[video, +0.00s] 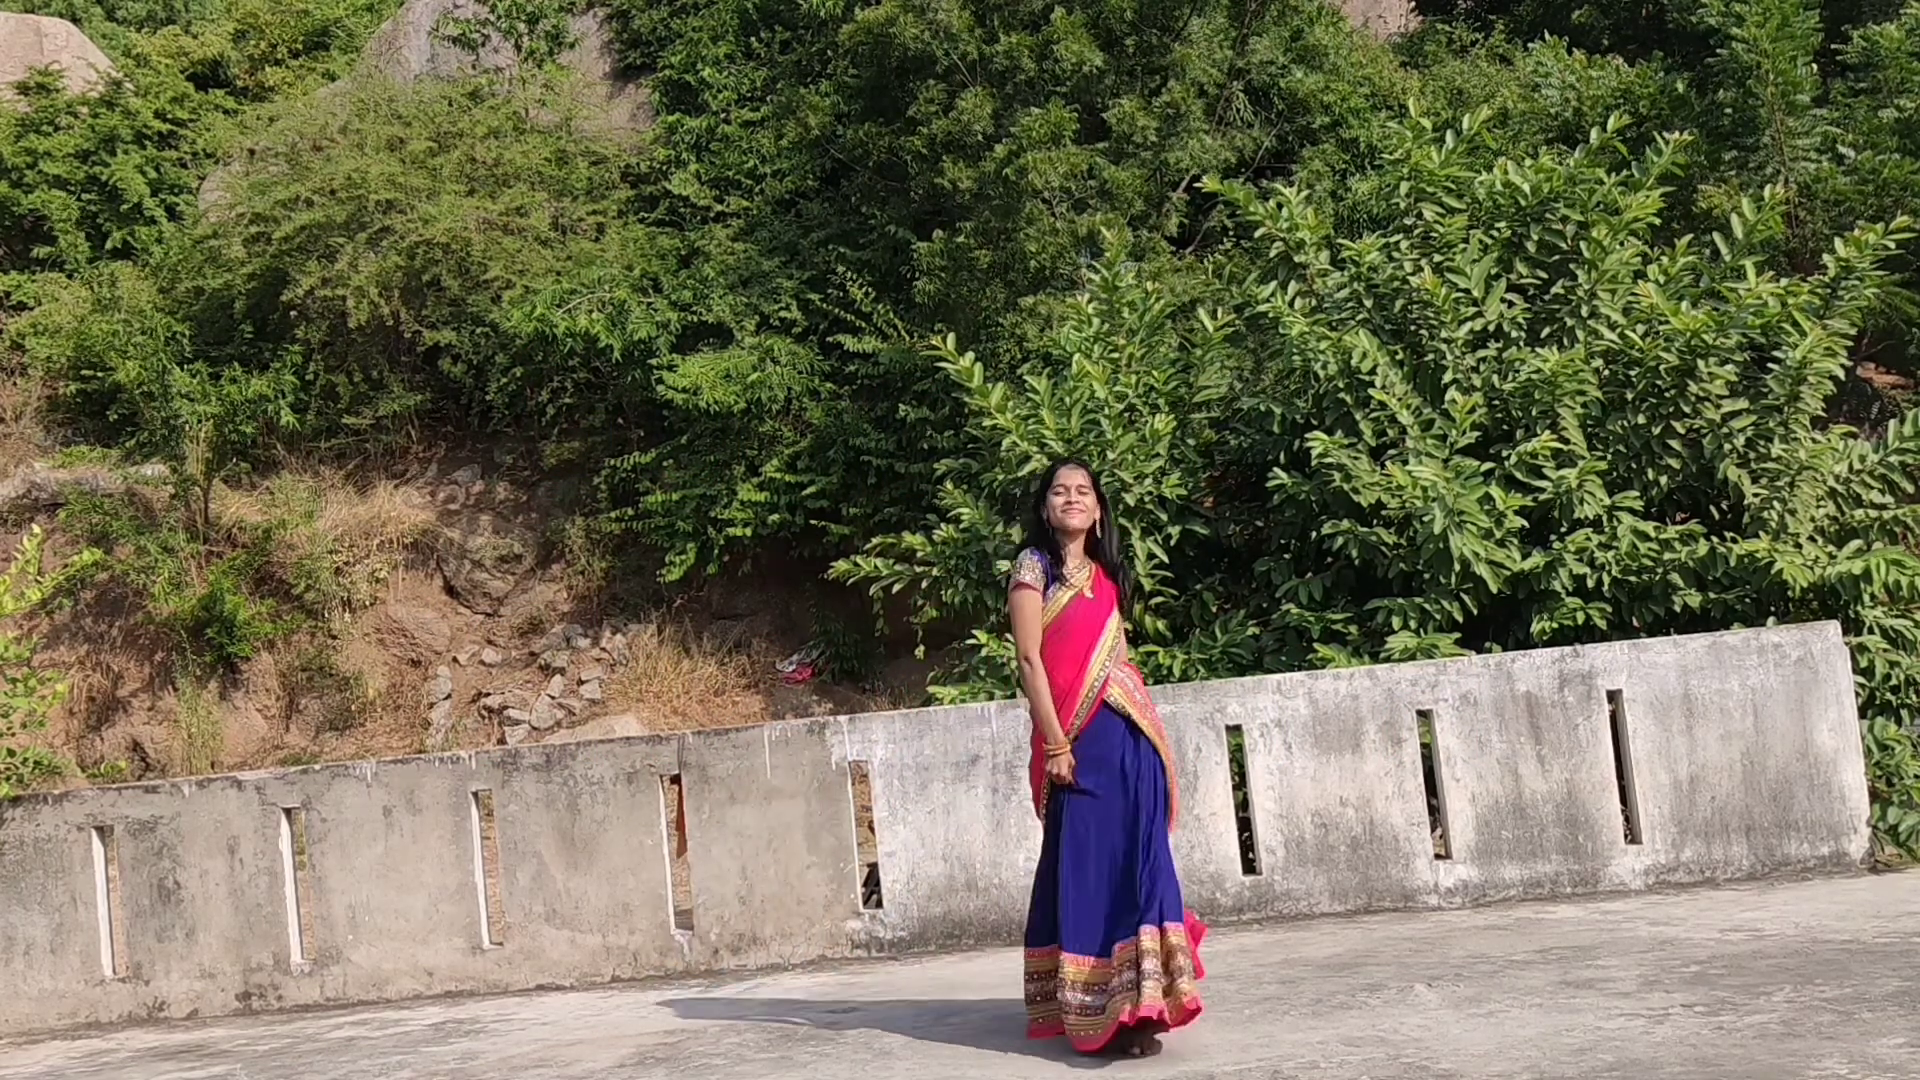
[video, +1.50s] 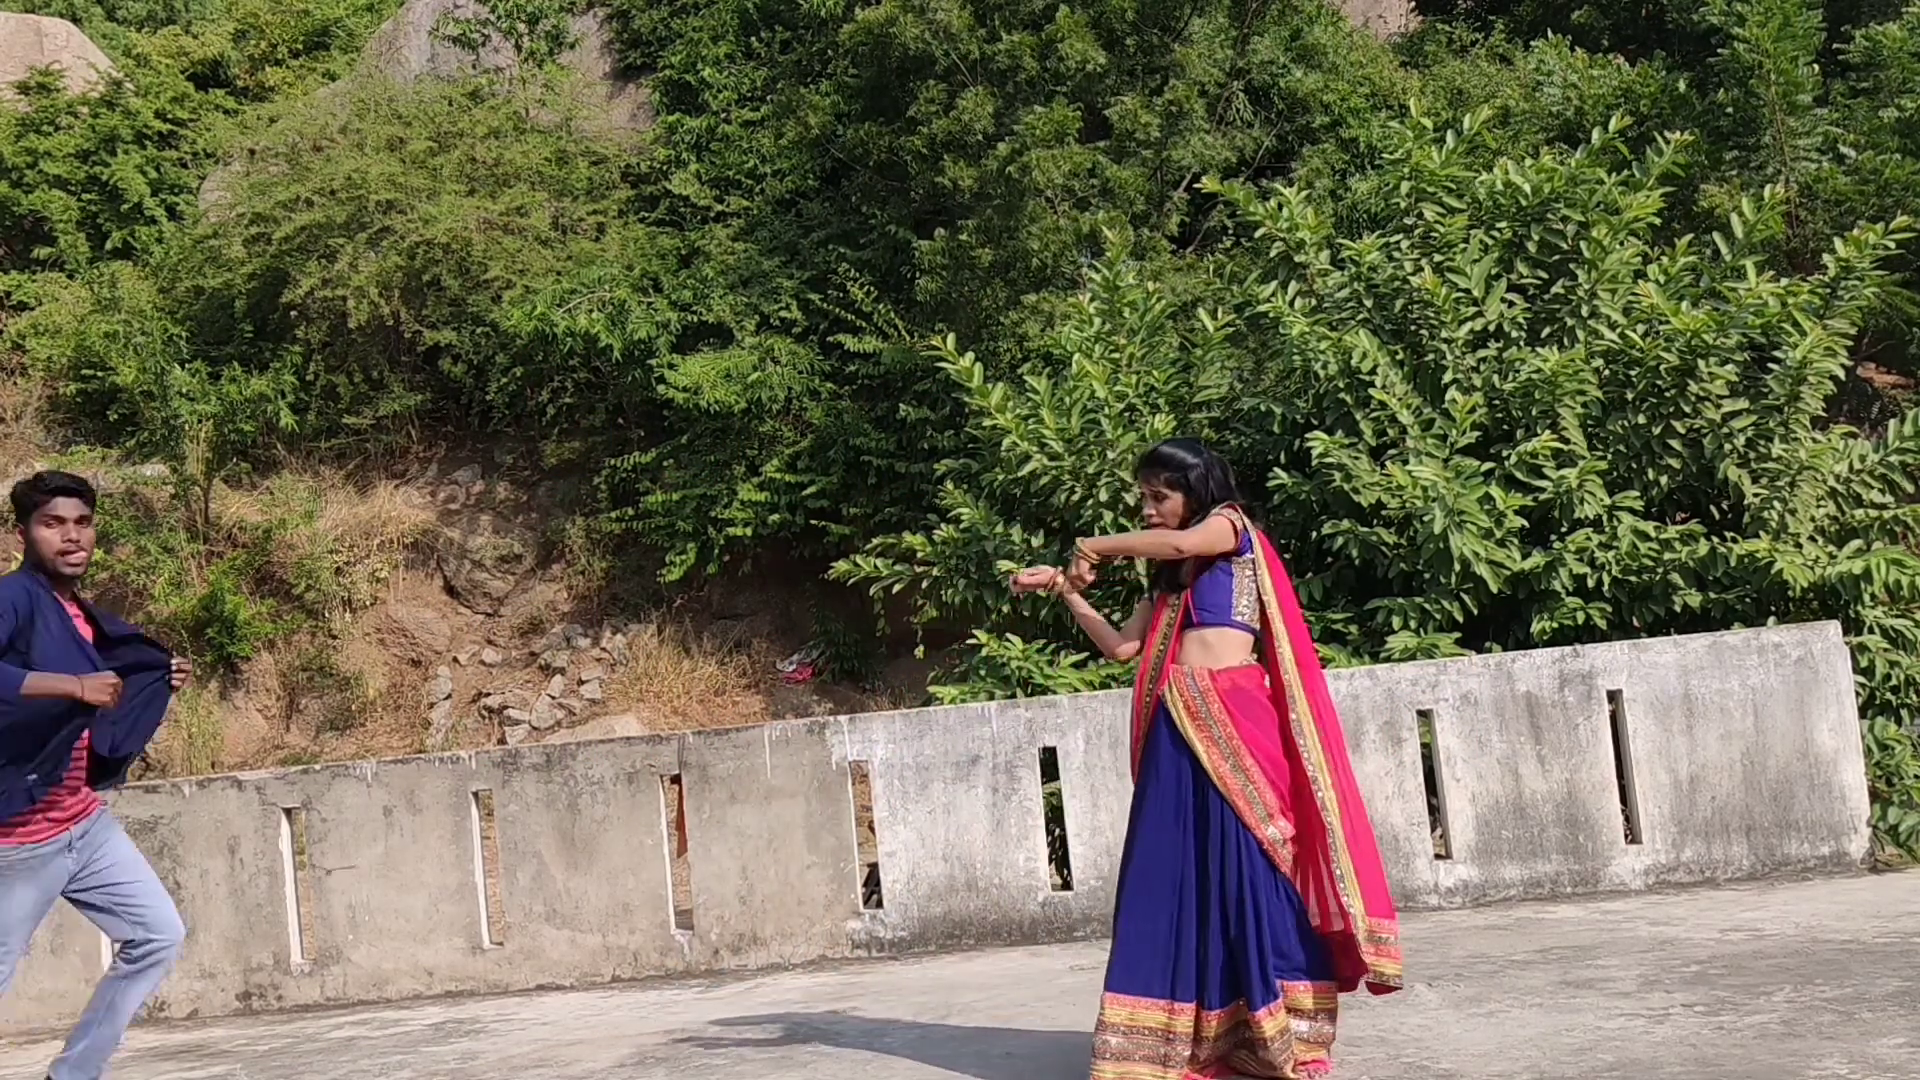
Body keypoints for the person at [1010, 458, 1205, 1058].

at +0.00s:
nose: (1072, 500)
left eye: (1082, 491)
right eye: (1061, 492)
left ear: (1099, 506)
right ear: (1044, 507)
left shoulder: (1103, 576)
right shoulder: (1034, 568)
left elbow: (1122, 662)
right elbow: (1029, 661)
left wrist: (1158, 745)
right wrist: (1055, 742)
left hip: (1134, 732)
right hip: (1083, 738)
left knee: (1141, 865)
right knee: (1091, 870)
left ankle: (1141, 1006)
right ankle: (1101, 1012)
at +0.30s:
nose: (1086, 481)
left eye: (1096, 473)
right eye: (1074, 476)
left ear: (1117, 491)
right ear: (1061, 496)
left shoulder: (1137, 562)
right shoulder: (1042, 560)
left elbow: (1174, 646)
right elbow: (1002, 641)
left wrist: (1225, 717)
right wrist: (1044, 709)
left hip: (1137, 728)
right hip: (1075, 733)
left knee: (1141, 863)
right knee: (1101, 868)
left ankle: (1137, 1018)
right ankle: (1117, 1024)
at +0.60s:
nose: (1075, 481)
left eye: (1088, 472)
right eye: (1067, 475)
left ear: (1117, 489)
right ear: (1059, 495)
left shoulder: (1150, 551)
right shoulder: (1050, 564)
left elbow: (1188, 634)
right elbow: (975, 625)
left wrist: (1222, 709)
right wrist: (1018, 627)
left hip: (1143, 729)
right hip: (1077, 736)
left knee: (1148, 875)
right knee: (1095, 879)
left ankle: (1164, 1028)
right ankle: (1109, 1032)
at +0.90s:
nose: (1086, 501)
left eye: (1100, 490)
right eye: (1084, 490)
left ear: (1137, 496)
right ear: (1090, 501)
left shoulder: (1182, 547)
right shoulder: (1096, 578)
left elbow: (1198, 625)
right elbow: (1002, 627)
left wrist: (1197, 690)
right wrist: (1010, 557)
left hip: (1162, 738)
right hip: (1105, 747)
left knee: (1162, 887)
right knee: (1110, 891)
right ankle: (1133, 1052)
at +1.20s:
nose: (1132, 508)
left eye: (1143, 495)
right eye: (1128, 497)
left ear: (1181, 491)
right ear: (1136, 500)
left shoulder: (1216, 527)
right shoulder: (1150, 573)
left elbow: (1156, 568)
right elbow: (1072, 626)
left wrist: (1065, 583)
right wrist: (976, 635)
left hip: (1221, 716)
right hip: (1161, 721)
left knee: (1238, 868)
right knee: (1146, 873)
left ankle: (1269, 1037)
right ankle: (1143, 1043)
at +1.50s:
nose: (1149, 511)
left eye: (1157, 498)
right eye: (1145, 502)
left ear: (1199, 492)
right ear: (1152, 505)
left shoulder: (1231, 526)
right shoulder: (1167, 570)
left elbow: (1181, 543)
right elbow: (1121, 647)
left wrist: (1095, 544)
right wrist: (1066, 589)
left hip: (1235, 717)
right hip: (1173, 723)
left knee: (1246, 871)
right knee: (1162, 875)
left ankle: (1274, 1040)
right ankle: (1178, 1043)